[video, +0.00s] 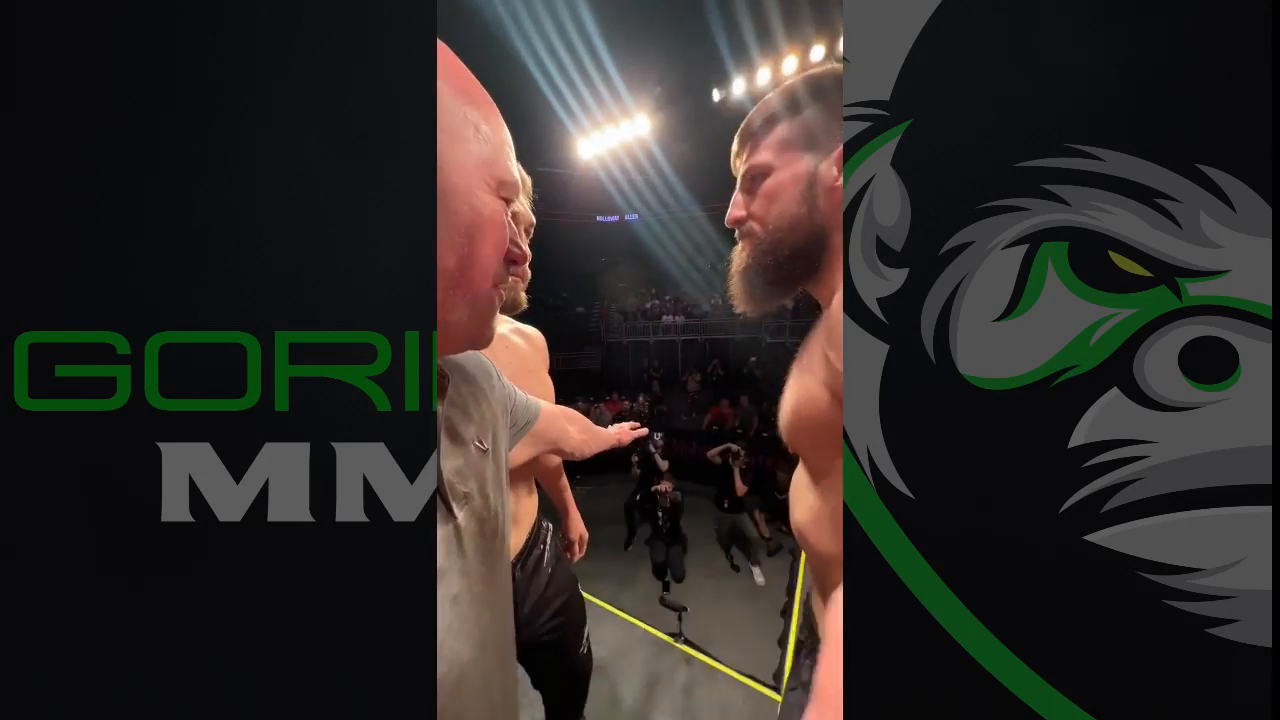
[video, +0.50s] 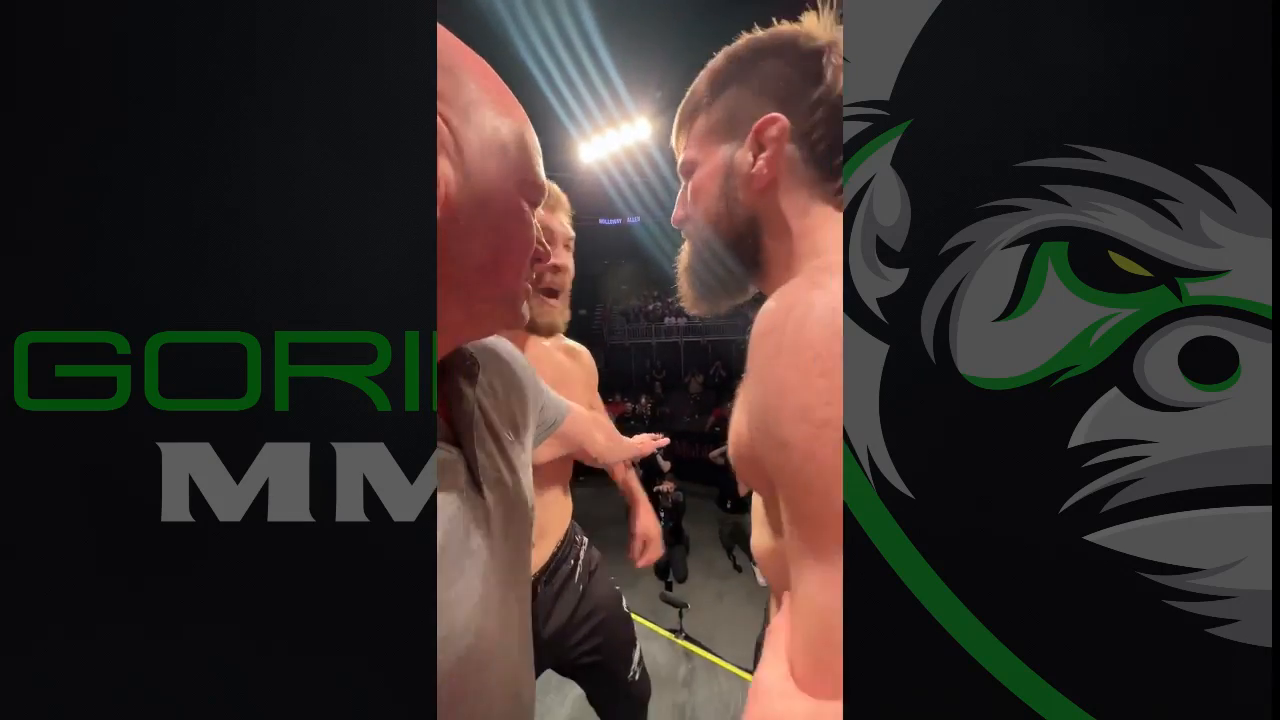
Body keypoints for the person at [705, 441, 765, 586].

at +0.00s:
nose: (737, 458)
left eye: (740, 456)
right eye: (734, 455)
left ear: (744, 459)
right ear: (731, 456)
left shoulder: (746, 472)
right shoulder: (724, 466)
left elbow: (740, 492)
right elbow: (709, 455)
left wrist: (735, 469)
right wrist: (726, 446)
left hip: (739, 510)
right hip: (722, 509)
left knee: (753, 536)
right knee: (723, 538)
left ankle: (755, 564)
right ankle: (728, 556)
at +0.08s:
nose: (736, 458)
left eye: (739, 456)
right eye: (734, 455)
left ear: (744, 458)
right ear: (730, 455)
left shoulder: (746, 471)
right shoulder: (724, 466)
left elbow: (740, 492)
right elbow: (709, 455)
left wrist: (736, 469)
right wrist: (726, 446)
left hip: (739, 510)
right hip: (722, 509)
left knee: (753, 536)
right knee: (722, 538)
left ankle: (754, 564)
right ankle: (727, 556)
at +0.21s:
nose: (737, 458)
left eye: (740, 456)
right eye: (735, 455)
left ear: (745, 458)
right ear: (731, 456)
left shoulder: (746, 472)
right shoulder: (725, 466)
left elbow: (741, 492)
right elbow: (710, 455)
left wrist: (736, 469)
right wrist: (727, 446)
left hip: (740, 510)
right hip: (724, 509)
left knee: (754, 537)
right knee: (723, 537)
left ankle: (755, 564)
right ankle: (728, 555)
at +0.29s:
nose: (737, 458)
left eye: (740, 456)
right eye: (735, 456)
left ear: (745, 459)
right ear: (731, 456)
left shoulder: (748, 473)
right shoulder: (725, 467)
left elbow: (741, 492)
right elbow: (711, 455)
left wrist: (737, 469)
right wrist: (728, 446)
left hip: (741, 510)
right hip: (724, 509)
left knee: (754, 536)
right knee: (724, 538)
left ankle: (756, 564)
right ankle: (729, 555)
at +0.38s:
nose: (737, 459)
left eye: (740, 457)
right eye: (735, 456)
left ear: (745, 460)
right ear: (731, 457)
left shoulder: (748, 474)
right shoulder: (726, 467)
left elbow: (742, 492)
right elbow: (711, 455)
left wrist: (738, 469)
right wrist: (728, 446)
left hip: (742, 510)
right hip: (725, 510)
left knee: (754, 536)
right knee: (725, 539)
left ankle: (756, 564)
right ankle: (729, 554)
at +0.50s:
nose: (732, 460)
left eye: (735, 458)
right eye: (731, 458)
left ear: (741, 459)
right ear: (727, 459)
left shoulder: (746, 471)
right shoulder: (725, 467)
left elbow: (743, 492)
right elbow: (711, 456)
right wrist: (727, 447)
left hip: (743, 511)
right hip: (726, 510)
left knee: (747, 540)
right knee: (726, 539)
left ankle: (754, 563)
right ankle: (732, 559)